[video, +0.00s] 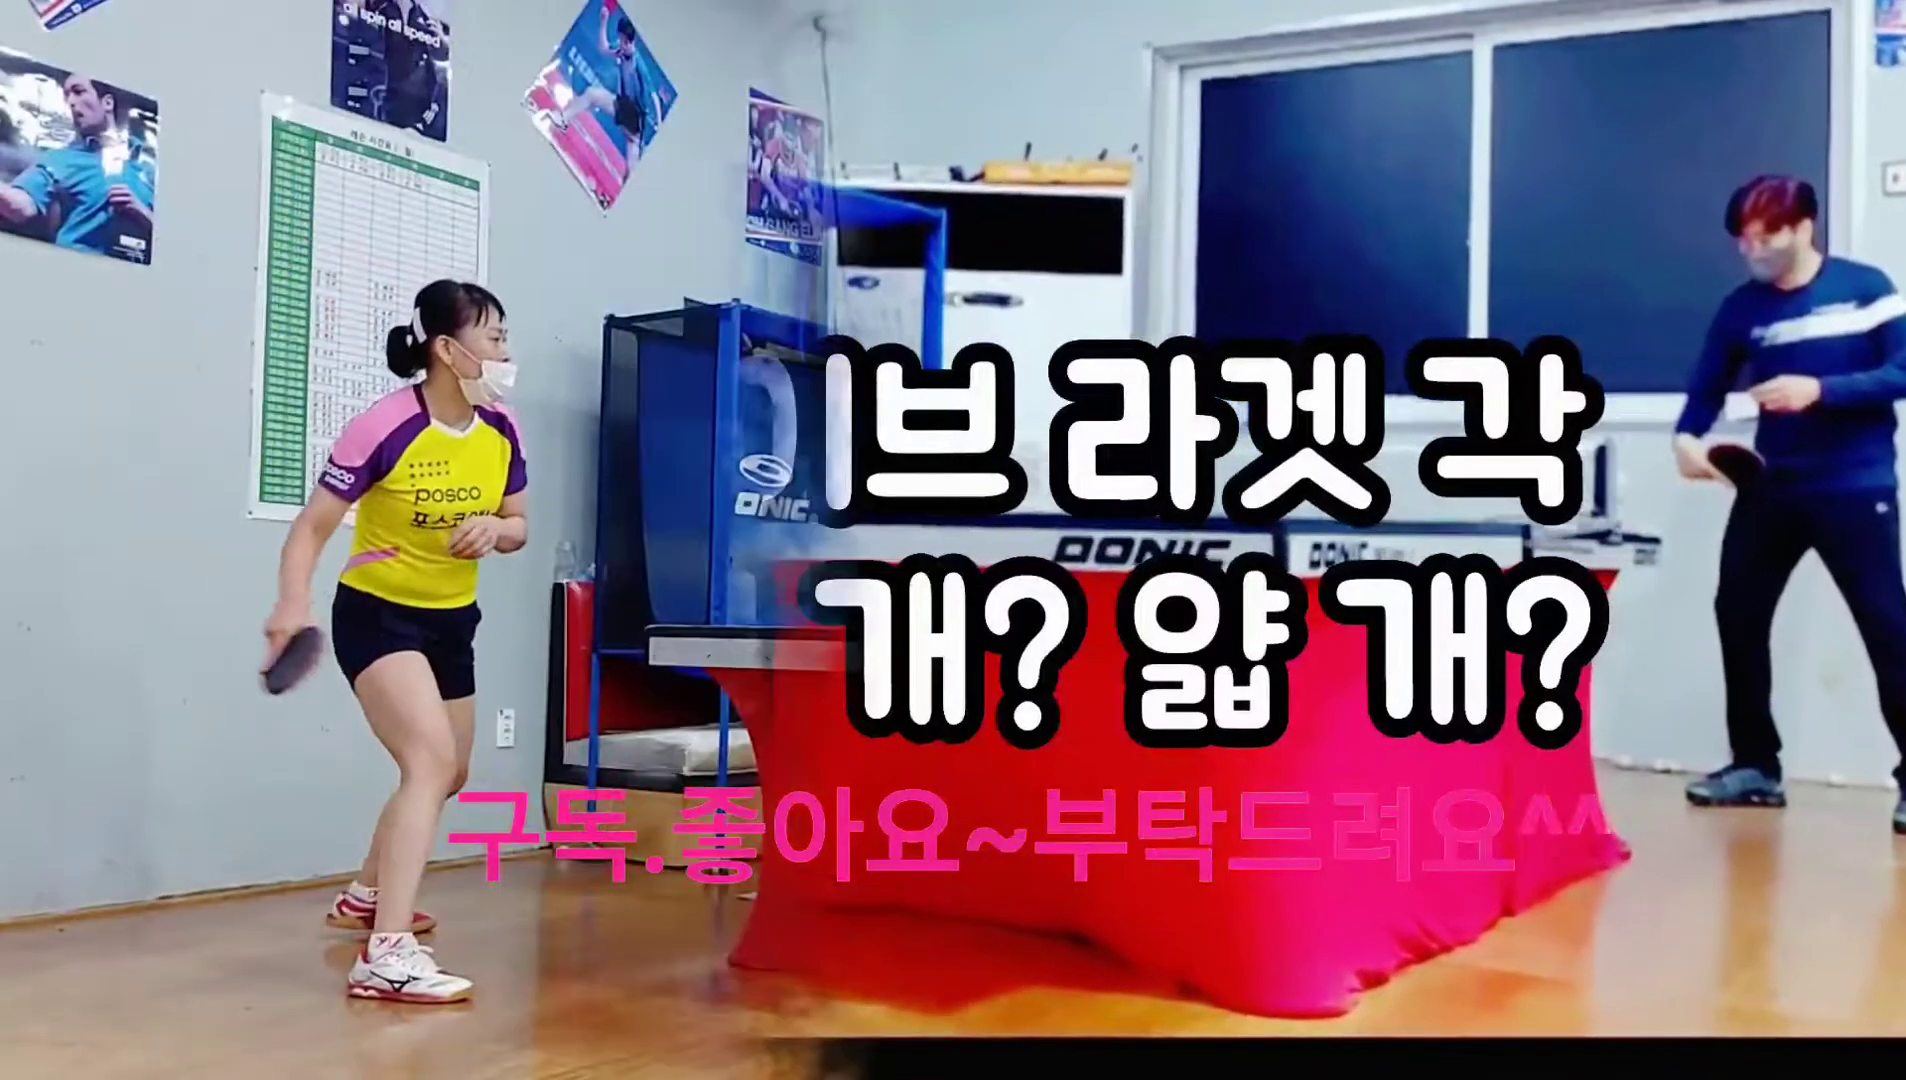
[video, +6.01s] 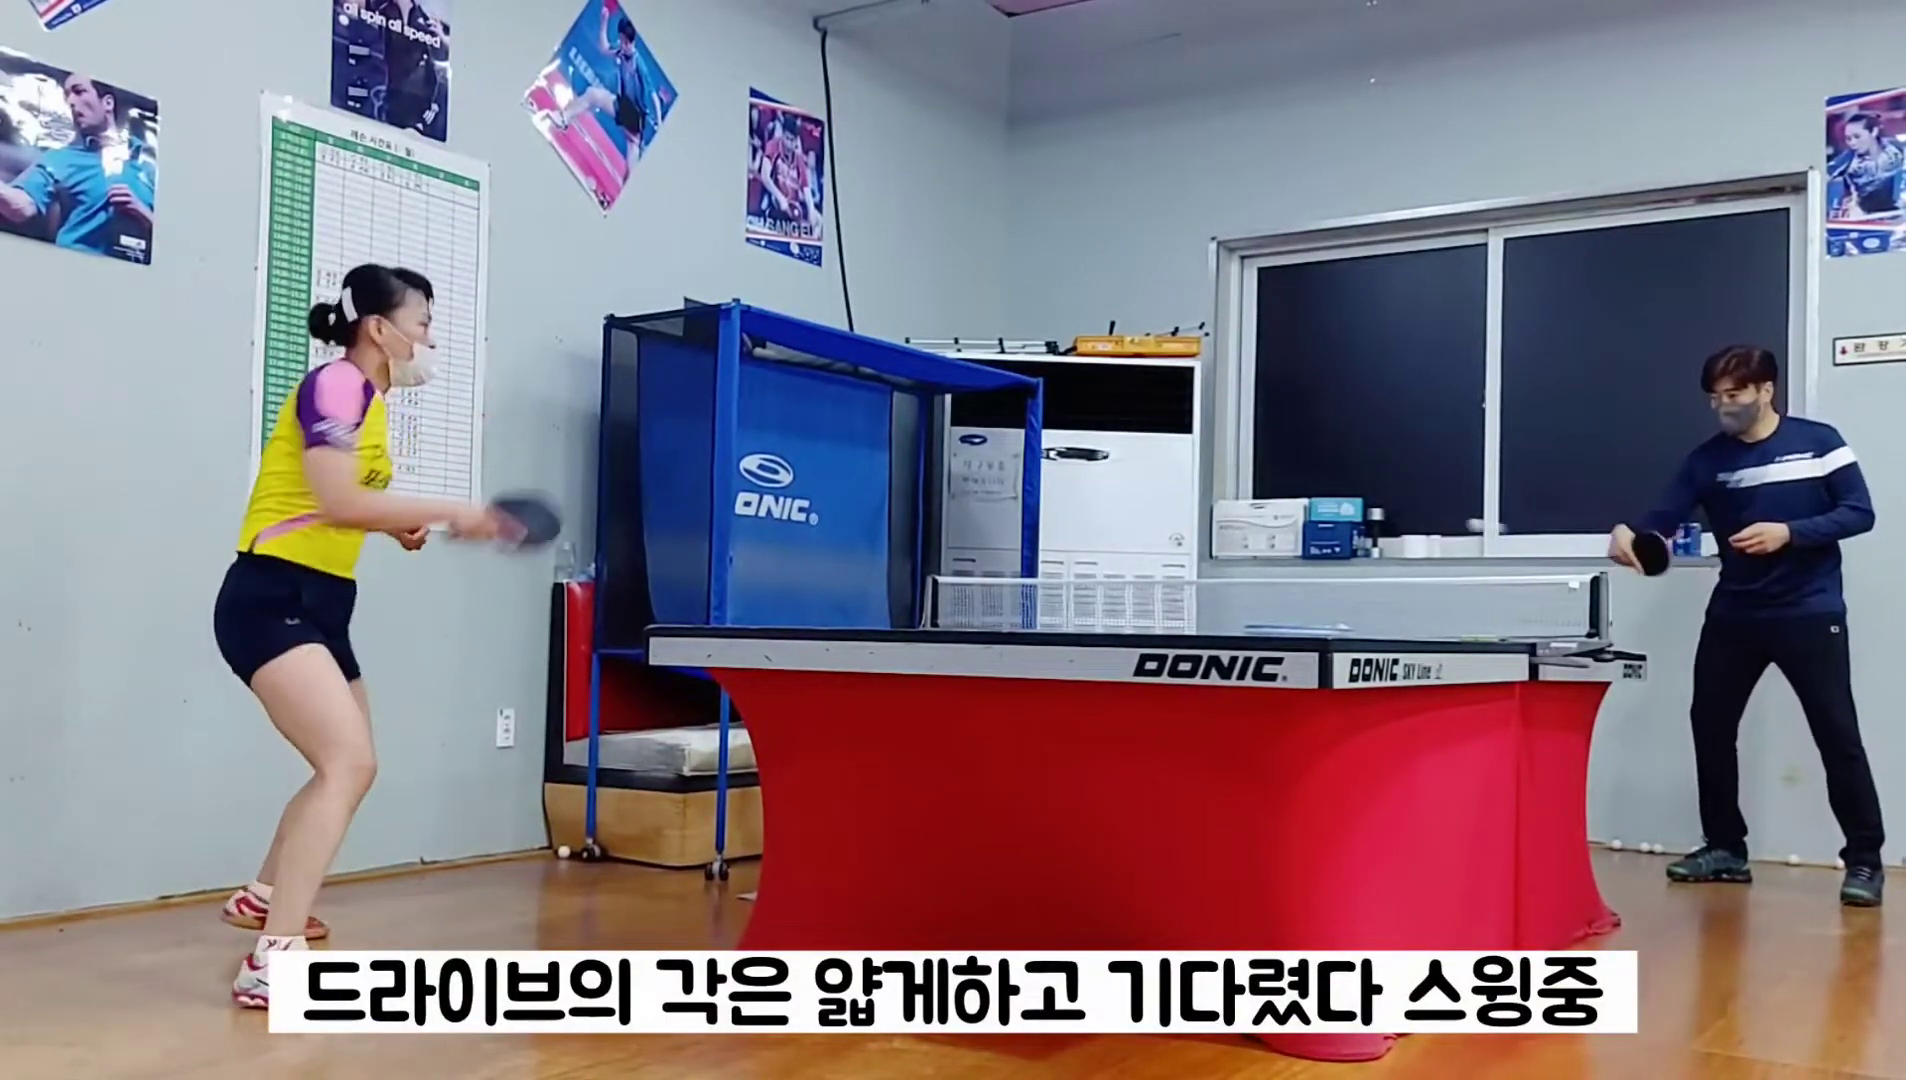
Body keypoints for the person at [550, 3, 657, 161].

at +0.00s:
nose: (621, 42)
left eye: (624, 39)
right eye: (621, 38)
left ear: (628, 40)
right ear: (621, 38)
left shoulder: (630, 56)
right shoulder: (622, 53)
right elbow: (603, 49)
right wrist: (604, 22)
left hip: (626, 107)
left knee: (593, 94)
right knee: (630, 166)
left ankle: (563, 118)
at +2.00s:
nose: (622, 43)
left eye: (624, 40)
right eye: (621, 39)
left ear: (629, 41)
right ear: (620, 38)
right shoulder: (621, 53)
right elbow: (604, 50)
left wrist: (629, 54)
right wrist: (603, 23)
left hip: (628, 108)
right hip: (636, 115)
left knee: (593, 94)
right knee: (632, 161)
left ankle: (563, 117)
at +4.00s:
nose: (622, 43)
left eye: (624, 40)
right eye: (621, 39)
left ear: (629, 41)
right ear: (620, 38)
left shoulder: (633, 57)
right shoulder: (621, 53)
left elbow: (631, 55)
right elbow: (603, 50)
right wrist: (603, 23)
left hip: (629, 109)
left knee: (592, 94)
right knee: (633, 146)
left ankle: (563, 118)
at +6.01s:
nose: (622, 42)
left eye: (624, 39)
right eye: (621, 39)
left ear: (628, 40)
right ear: (622, 39)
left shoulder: (631, 56)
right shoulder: (622, 53)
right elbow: (603, 49)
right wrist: (604, 22)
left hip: (628, 109)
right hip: (636, 116)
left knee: (593, 95)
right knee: (632, 161)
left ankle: (564, 118)